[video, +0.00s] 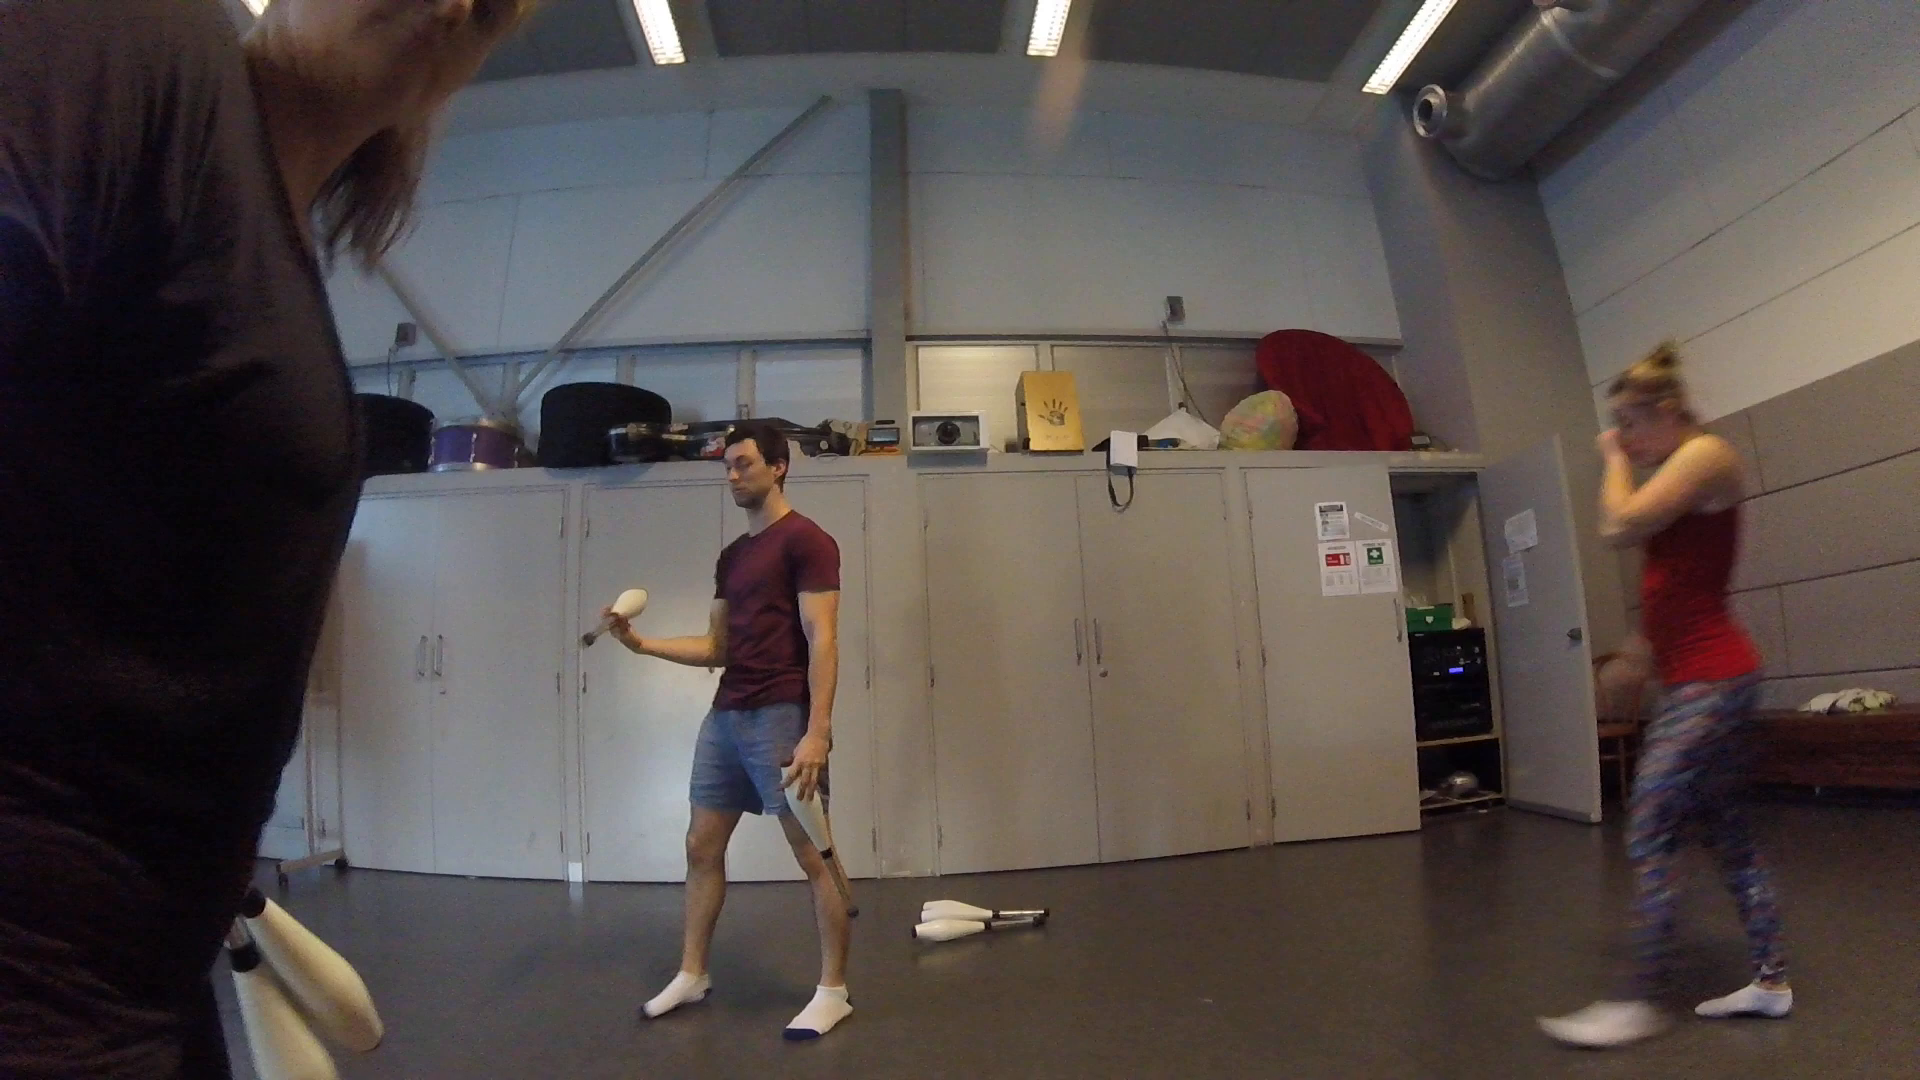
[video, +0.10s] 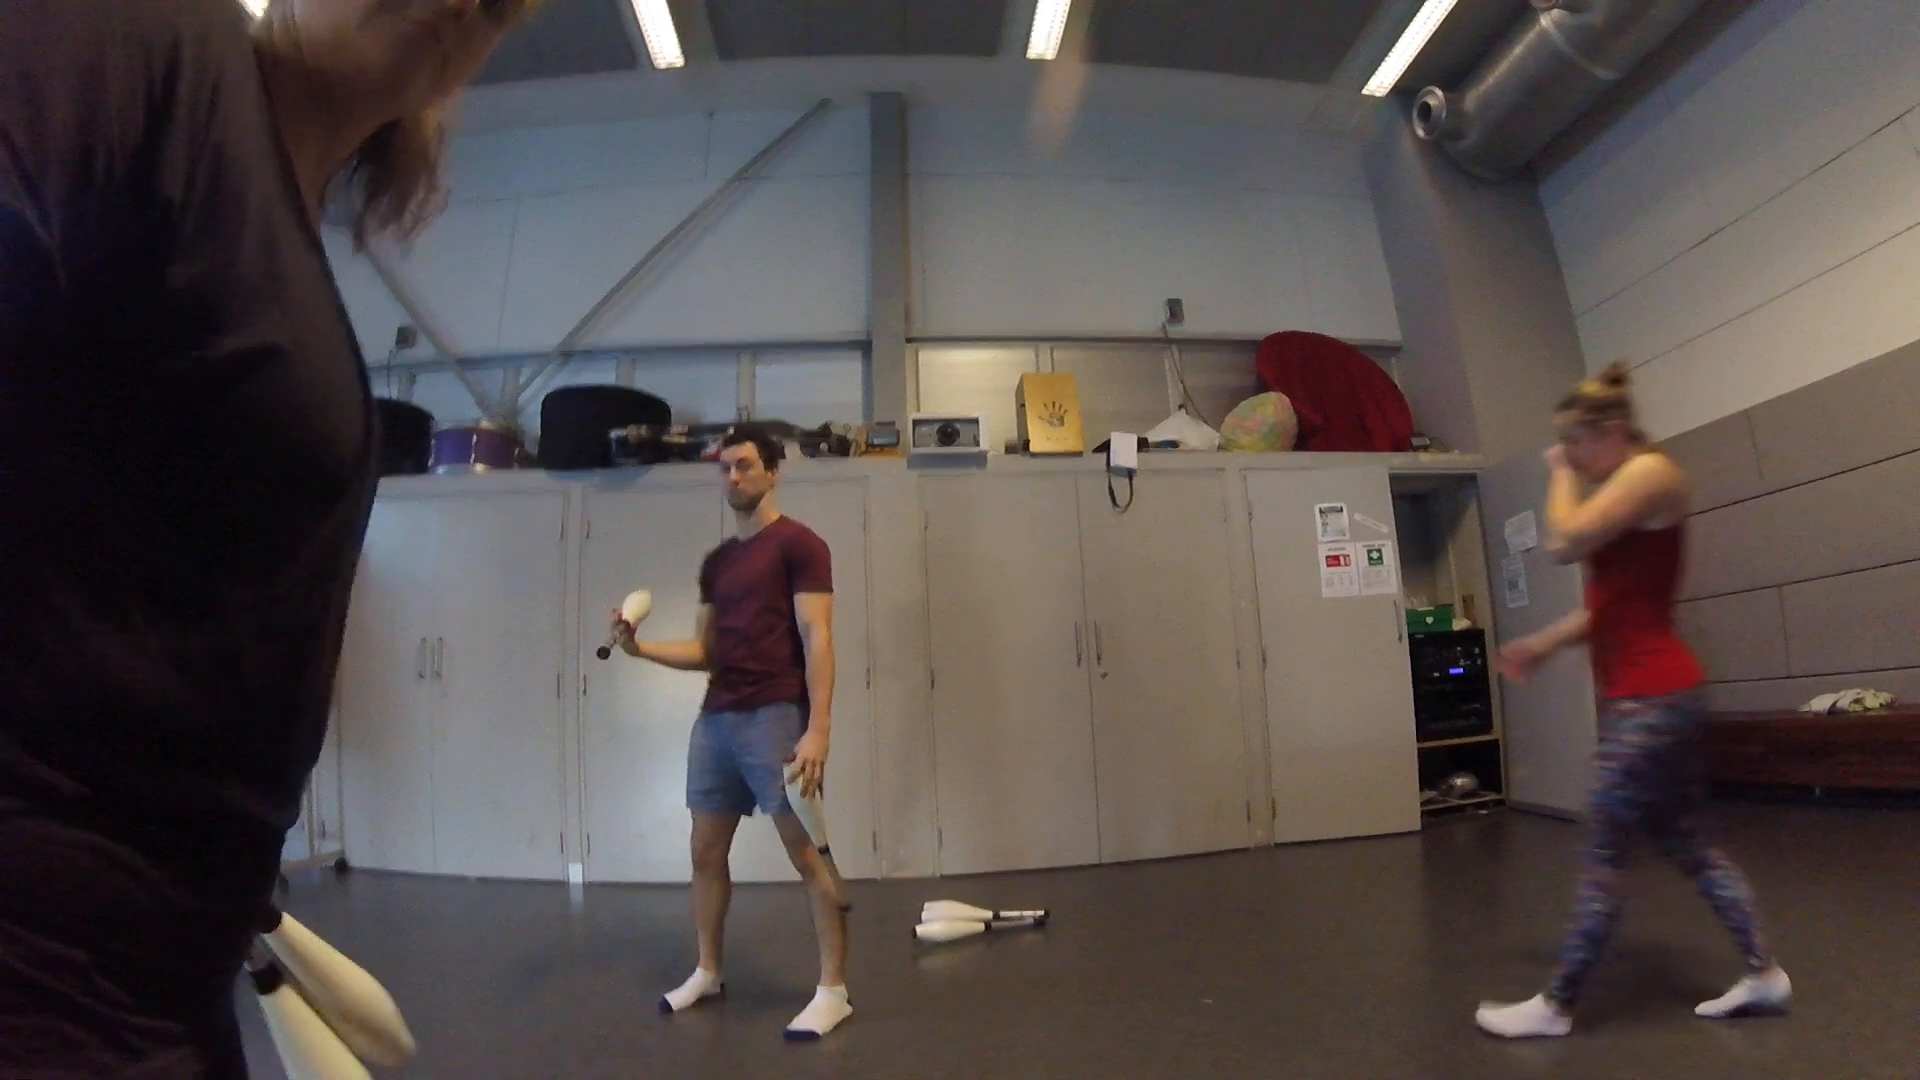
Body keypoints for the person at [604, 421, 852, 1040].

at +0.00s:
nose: (731, 474)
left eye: (742, 463)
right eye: (729, 466)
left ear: (778, 468)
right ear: (732, 476)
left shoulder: (808, 542)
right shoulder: (732, 555)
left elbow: (823, 641)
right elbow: (717, 648)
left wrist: (818, 732)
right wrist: (640, 642)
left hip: (781, 717)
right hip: (725, 717)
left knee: (817, 857)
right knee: (703, 847)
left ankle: (834, 991)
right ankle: (692, 975)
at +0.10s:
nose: (732, 476)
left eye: (743, 465)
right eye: (726, 468)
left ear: (773, 472)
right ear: (723, 478)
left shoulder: (799, 544)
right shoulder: (717, 560)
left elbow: (819, 640)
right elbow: (705, 652)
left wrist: (819, 729)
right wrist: (635, 645)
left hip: (775, 717)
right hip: (716, 718)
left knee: (810, 856)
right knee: (707, 852)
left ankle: (833, 990)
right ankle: (707, 972)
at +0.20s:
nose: (726, 478)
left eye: (737, 468)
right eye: (718, 469)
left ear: (760, 476)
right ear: (708, 478)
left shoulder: (787, 546)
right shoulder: (698, 563)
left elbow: (809, 638)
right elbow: (685, 652)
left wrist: (813, 724)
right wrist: (635, 646)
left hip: (766, 717)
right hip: (705, 719)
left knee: (797, 855)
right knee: (712, 855)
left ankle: (831, 990)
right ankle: (708, 975)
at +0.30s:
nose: (728, 477)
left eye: (736, 468)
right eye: (716, 469)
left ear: (748, 480)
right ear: (697, 481)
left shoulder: (773, 547)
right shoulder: (680, 564)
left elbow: (800, 633)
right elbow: (666, 655)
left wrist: (805, 716)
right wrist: (622, 646)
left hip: (757, 716)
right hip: (695, 718)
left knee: (787, 853)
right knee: (709, 853)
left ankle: (824, 989)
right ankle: (707, 975)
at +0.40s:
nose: (724, 478)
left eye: (730, 469)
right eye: (713, 469)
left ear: (738, 481)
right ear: (685, 480)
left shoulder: (760, 548)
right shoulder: (663, 565)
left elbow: (790, 630)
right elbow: (653, 659)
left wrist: (800, 710)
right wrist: (621, 651)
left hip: (754, 717)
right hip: (689, 721)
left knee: (782, 851)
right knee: (703, 851)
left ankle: (812, 984)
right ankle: (706, 973)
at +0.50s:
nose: (718, 481)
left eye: (724, 471)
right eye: (707, 471)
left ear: (731, 481)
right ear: (680, 481)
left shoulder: (756, 549)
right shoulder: (660, 564)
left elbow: (786, 628)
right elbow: (652, 648)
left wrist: (800, 708)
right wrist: (629, 660)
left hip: (759, 716)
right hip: (698, 720)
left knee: (785, 848)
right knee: (708, 851)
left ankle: (805, 979)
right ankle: (714, 970)